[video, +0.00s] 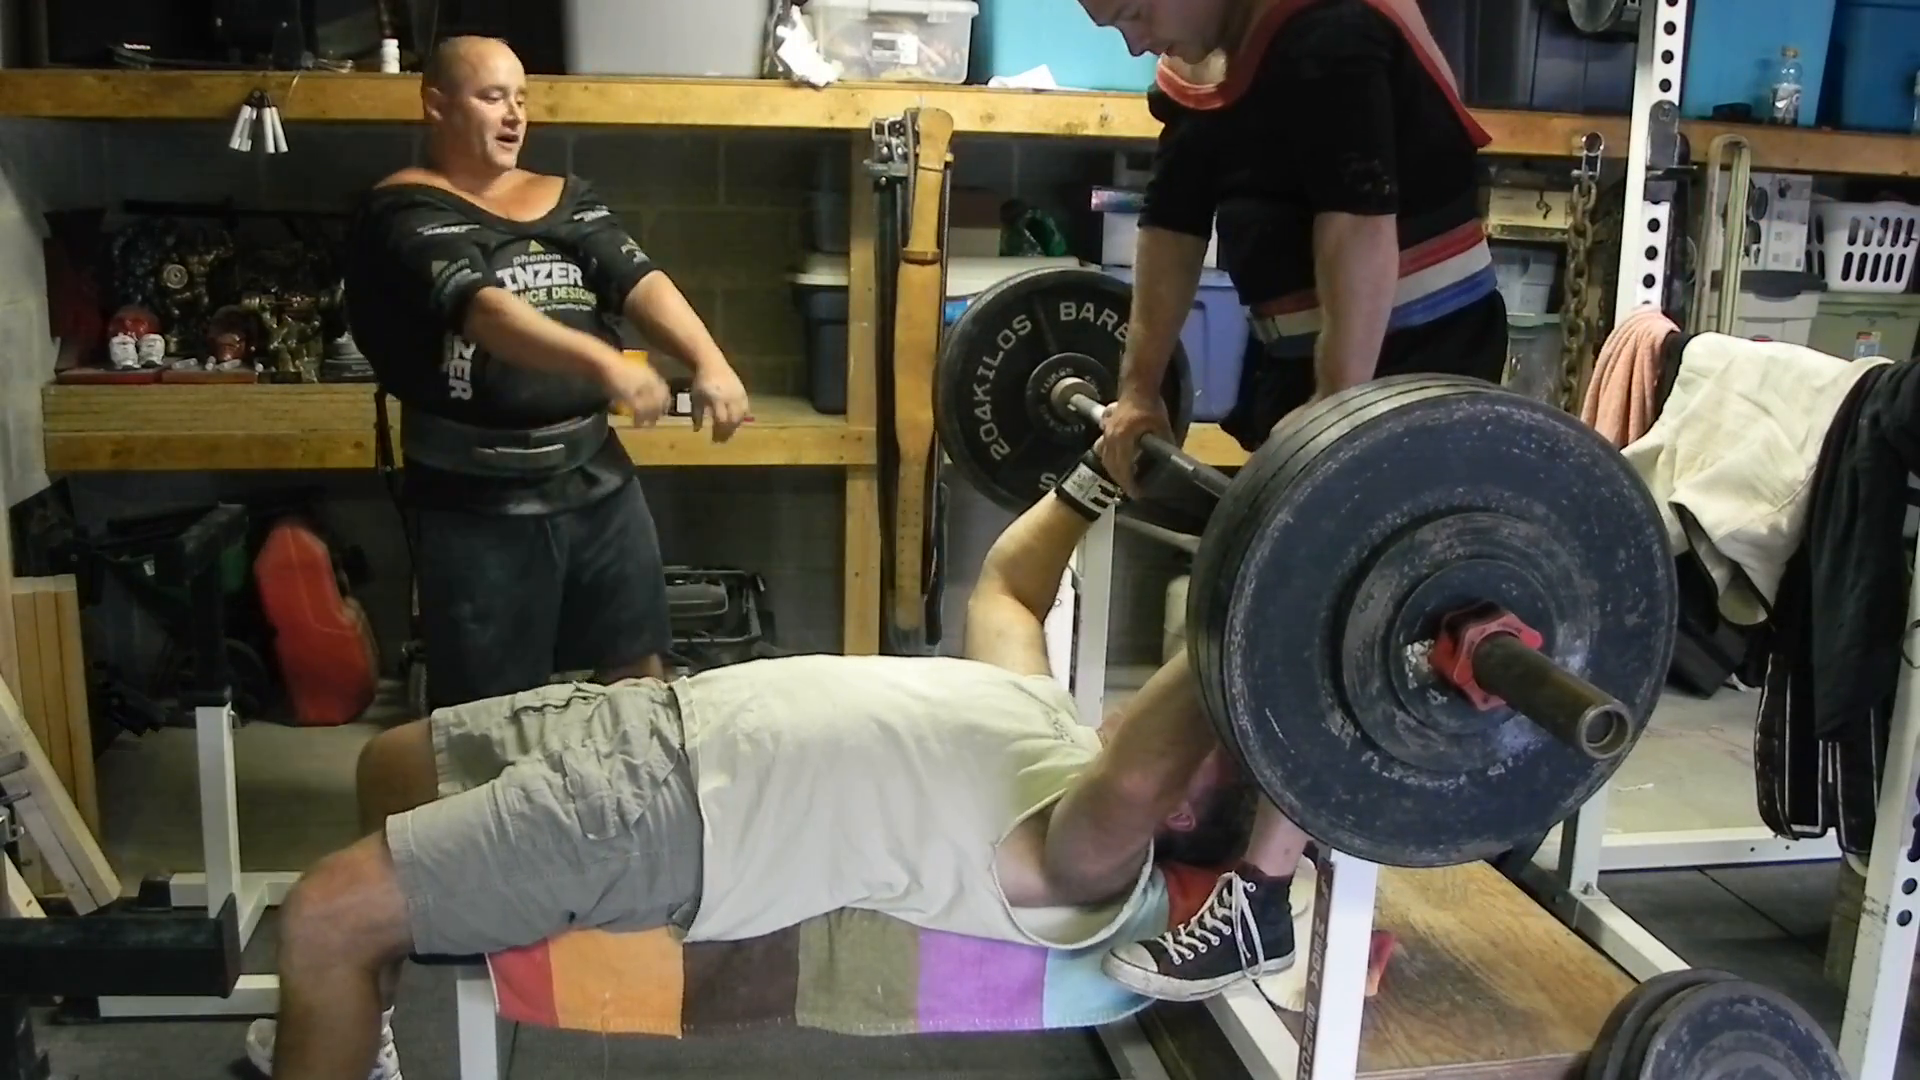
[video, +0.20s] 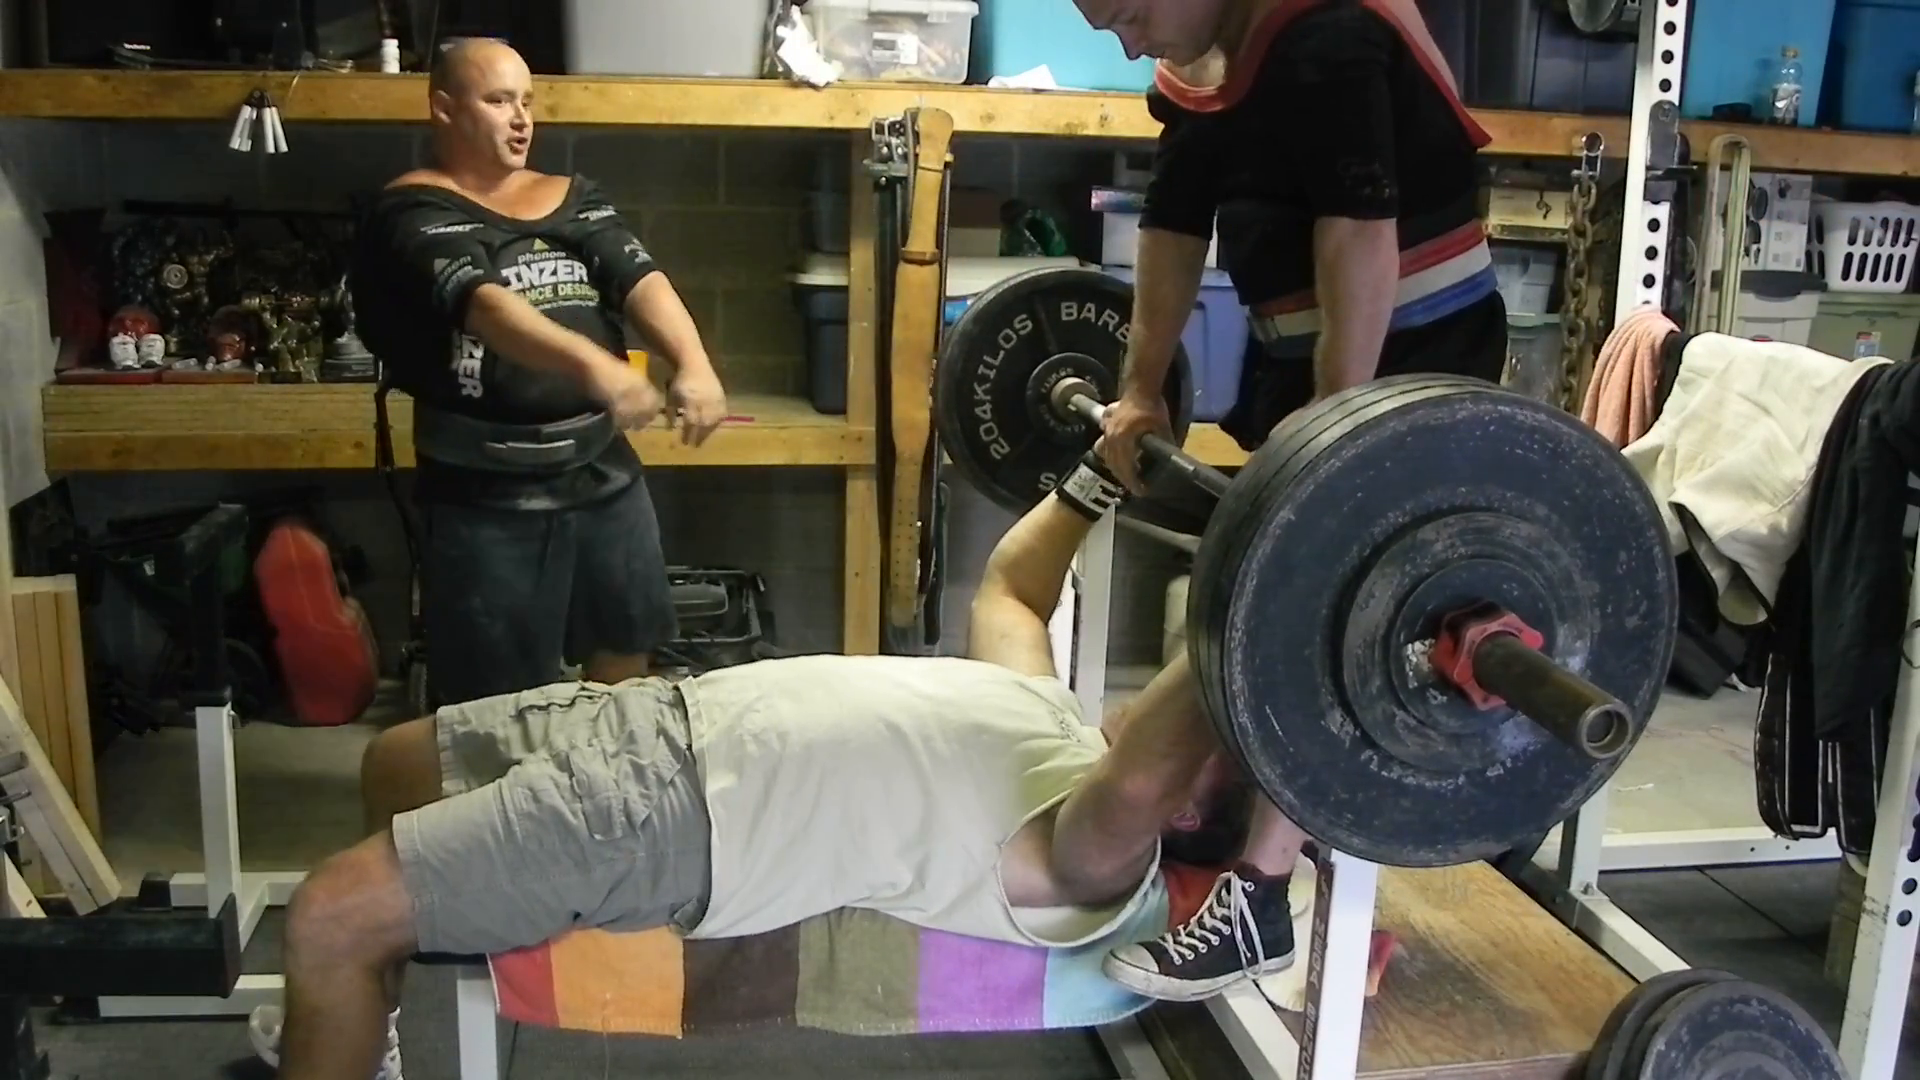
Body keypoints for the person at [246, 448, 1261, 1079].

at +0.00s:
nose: (1191, 722)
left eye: (1224, 744)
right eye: (1214, 721)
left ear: (1207, 833)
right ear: (1187, 720)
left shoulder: (1088, 871)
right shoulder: (1047, 720)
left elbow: (1149, 763)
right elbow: (1009, 587)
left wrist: (1282, 609)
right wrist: (1101, 478)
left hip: (665, 817)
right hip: (652, 713)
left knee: (323, 916)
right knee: (390, 768)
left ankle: (331, 1064)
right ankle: (349, 1000)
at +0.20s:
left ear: (1208, 865)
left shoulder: (1091, 871)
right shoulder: (1045, 726)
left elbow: (1157, 764)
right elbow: (1014, 589)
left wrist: (1273, 598)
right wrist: (1103, 474)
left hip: (674, 817)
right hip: (661, 716)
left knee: (329, 917)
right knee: (395, 763)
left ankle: (339, 1056)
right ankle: (382, 976)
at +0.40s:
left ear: (1193, 876)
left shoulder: (1088, 876)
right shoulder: (1047, 728)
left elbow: (1143, 770)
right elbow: (1012, 589)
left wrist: (1268, 601)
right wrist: (1099, 476)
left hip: (666, 814)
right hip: (655, 713)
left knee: (323, 915)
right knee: (389, 761)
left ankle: (339, 1051)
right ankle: (386, 978)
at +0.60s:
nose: (1189, 720)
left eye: (1220, 742)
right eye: (1211, 722)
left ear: (1201, 828)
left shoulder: (1088, 875)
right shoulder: (1051, 722)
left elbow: (1142, 761)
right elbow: (1015, 587)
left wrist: (1276, 619)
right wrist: (1105, 474)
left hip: (672, 814)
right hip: (660, 714)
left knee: (328, 910)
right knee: (393, 759)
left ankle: (344, 1063)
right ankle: (405, 989)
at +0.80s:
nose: (1186, 714)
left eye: (1215, 735)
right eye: (1207, 716)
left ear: (1200, 818)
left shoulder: (1084, 869)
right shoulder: (1052, 724)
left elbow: (1151, 755)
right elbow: (1017, 588)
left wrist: (1280, 618)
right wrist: (1100, 478)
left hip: (668, 817)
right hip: (659, 717)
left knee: (326, 911)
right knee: (391, 768)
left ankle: (339, 1062)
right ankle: (383, 1005)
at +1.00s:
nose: (1185, 715)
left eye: (1216, 735)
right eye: (1209, 716)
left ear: (1202, 827)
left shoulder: (1088, 868)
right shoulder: (1049, 723)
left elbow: (1151, 757)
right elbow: (1014, 586)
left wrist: (1277, 594)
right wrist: (1098, 486)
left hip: (669, 817)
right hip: (660, 714)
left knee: (326, 916)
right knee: (390, 769)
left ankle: (327, 1065)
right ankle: (359, 1010)